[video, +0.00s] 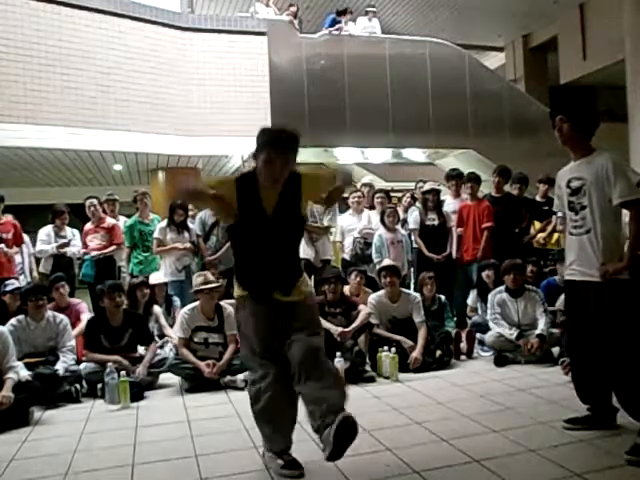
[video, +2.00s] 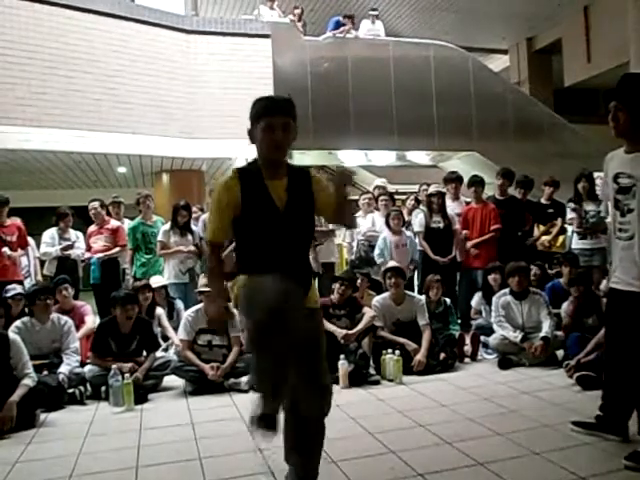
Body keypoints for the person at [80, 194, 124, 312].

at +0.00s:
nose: (92, 209)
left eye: (95, 206)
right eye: (89, 207)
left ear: (100, 207)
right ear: (87, 210)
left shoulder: (112, 224)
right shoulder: (87, 227)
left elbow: (118, 244)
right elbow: (84, 245)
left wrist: (101, 253)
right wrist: (84, 251)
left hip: (107, 259)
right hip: (91, 260)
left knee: (110, 291)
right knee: (94, 293)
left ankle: (112, 318)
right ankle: (98, 319)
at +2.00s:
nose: (93, 212)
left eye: (95, 209)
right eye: (91, 210)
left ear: (104, 209)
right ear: (89, 213)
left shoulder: (116, 226)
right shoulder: (90, 230)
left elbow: (122, 246)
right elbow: (88, 248)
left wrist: (104, 255)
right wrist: (87, 255)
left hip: (111, 261)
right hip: (95, 263)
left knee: (113, 294)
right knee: (99, 296)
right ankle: (104, 324)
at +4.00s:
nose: (95, 213)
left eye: (98, 210)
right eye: (92, 211)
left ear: (104, 210)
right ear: (90, 214)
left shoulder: (116, 226)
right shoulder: (91, 230)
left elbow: (122, 246)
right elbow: (88, 250)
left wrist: (105, 256)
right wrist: (88, 256)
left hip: (111, 263)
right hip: (96, 265)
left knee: (113, 296)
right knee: (100, 300)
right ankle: (104, 326)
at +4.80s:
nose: (92, 219)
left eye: (94, 215)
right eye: (90, 216)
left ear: (101, 212)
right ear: (88, 215)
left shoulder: (116, 227)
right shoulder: (91, 230)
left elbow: (123, 247)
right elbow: (89, 249)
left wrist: (104, 253)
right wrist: (87, 255)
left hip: (111, 262)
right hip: (96, 264)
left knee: (114, 295)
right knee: (100, 298)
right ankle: (104, 325)